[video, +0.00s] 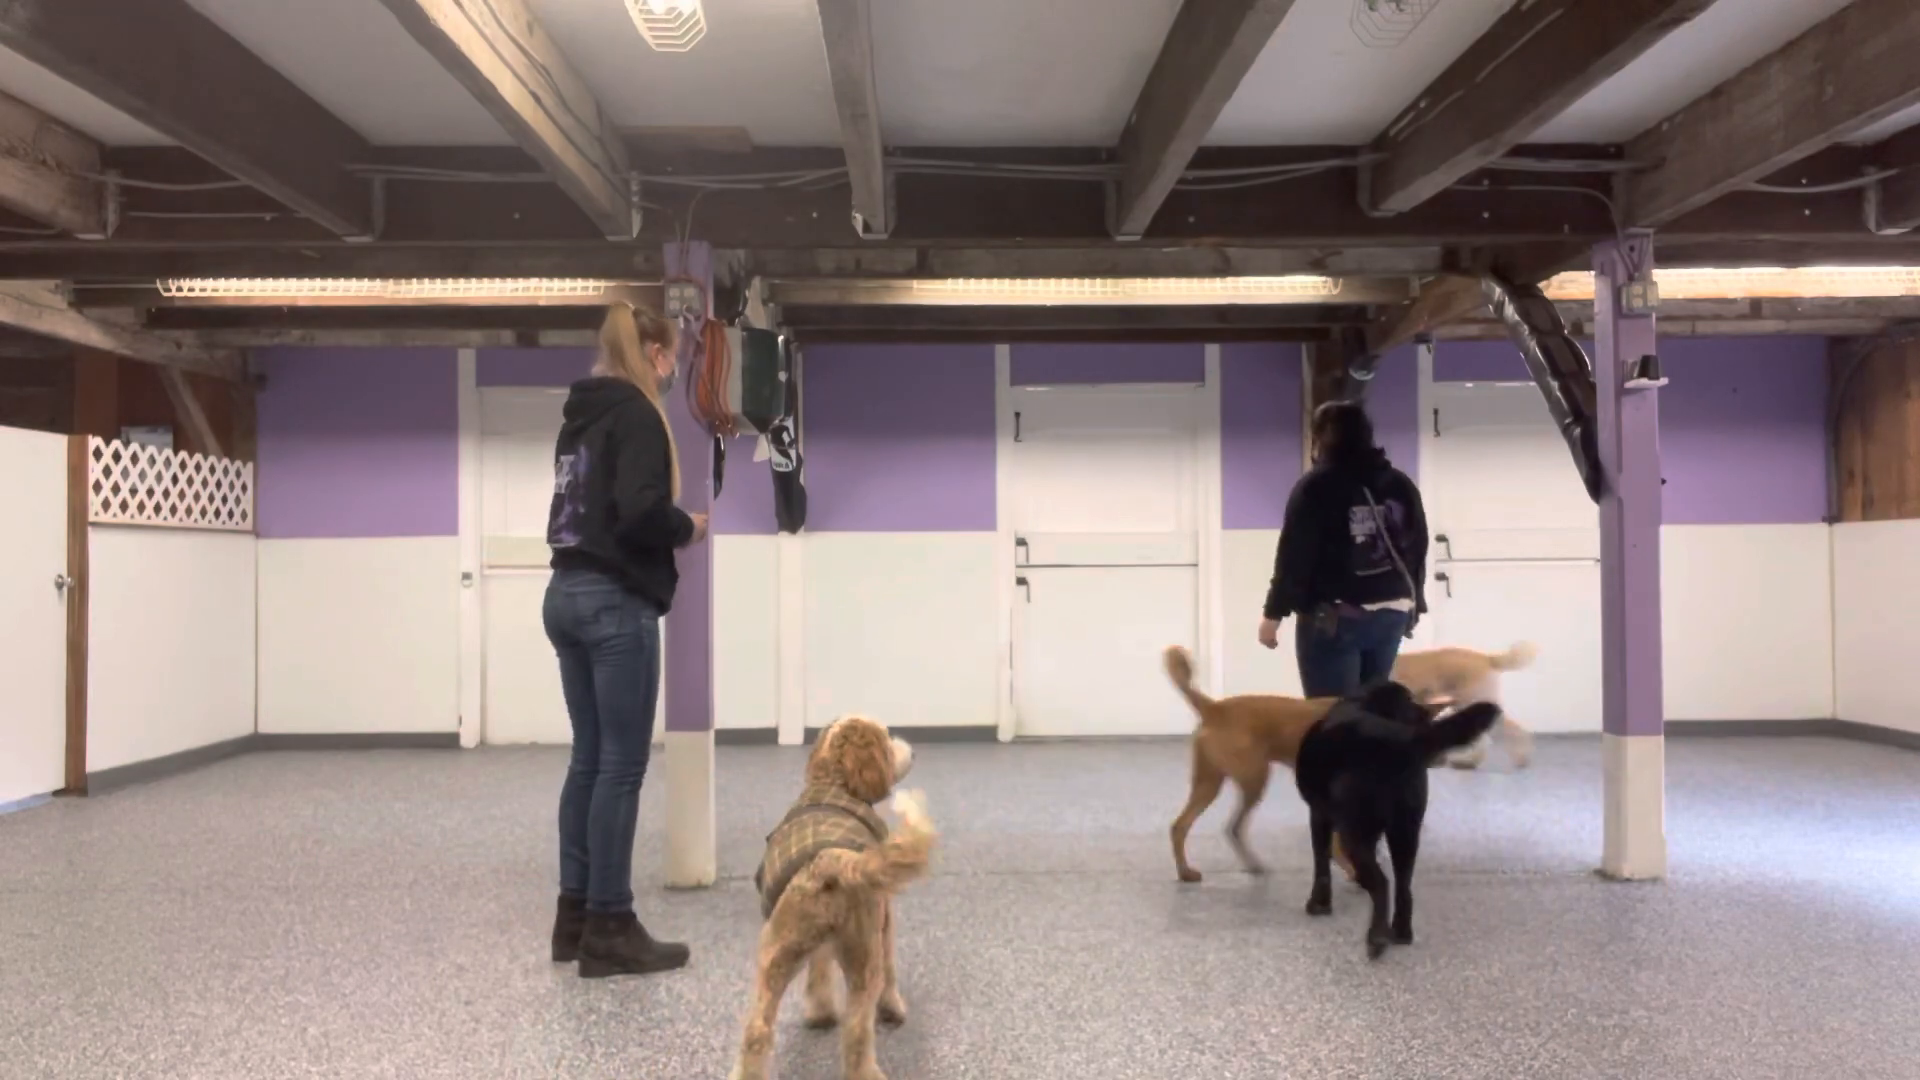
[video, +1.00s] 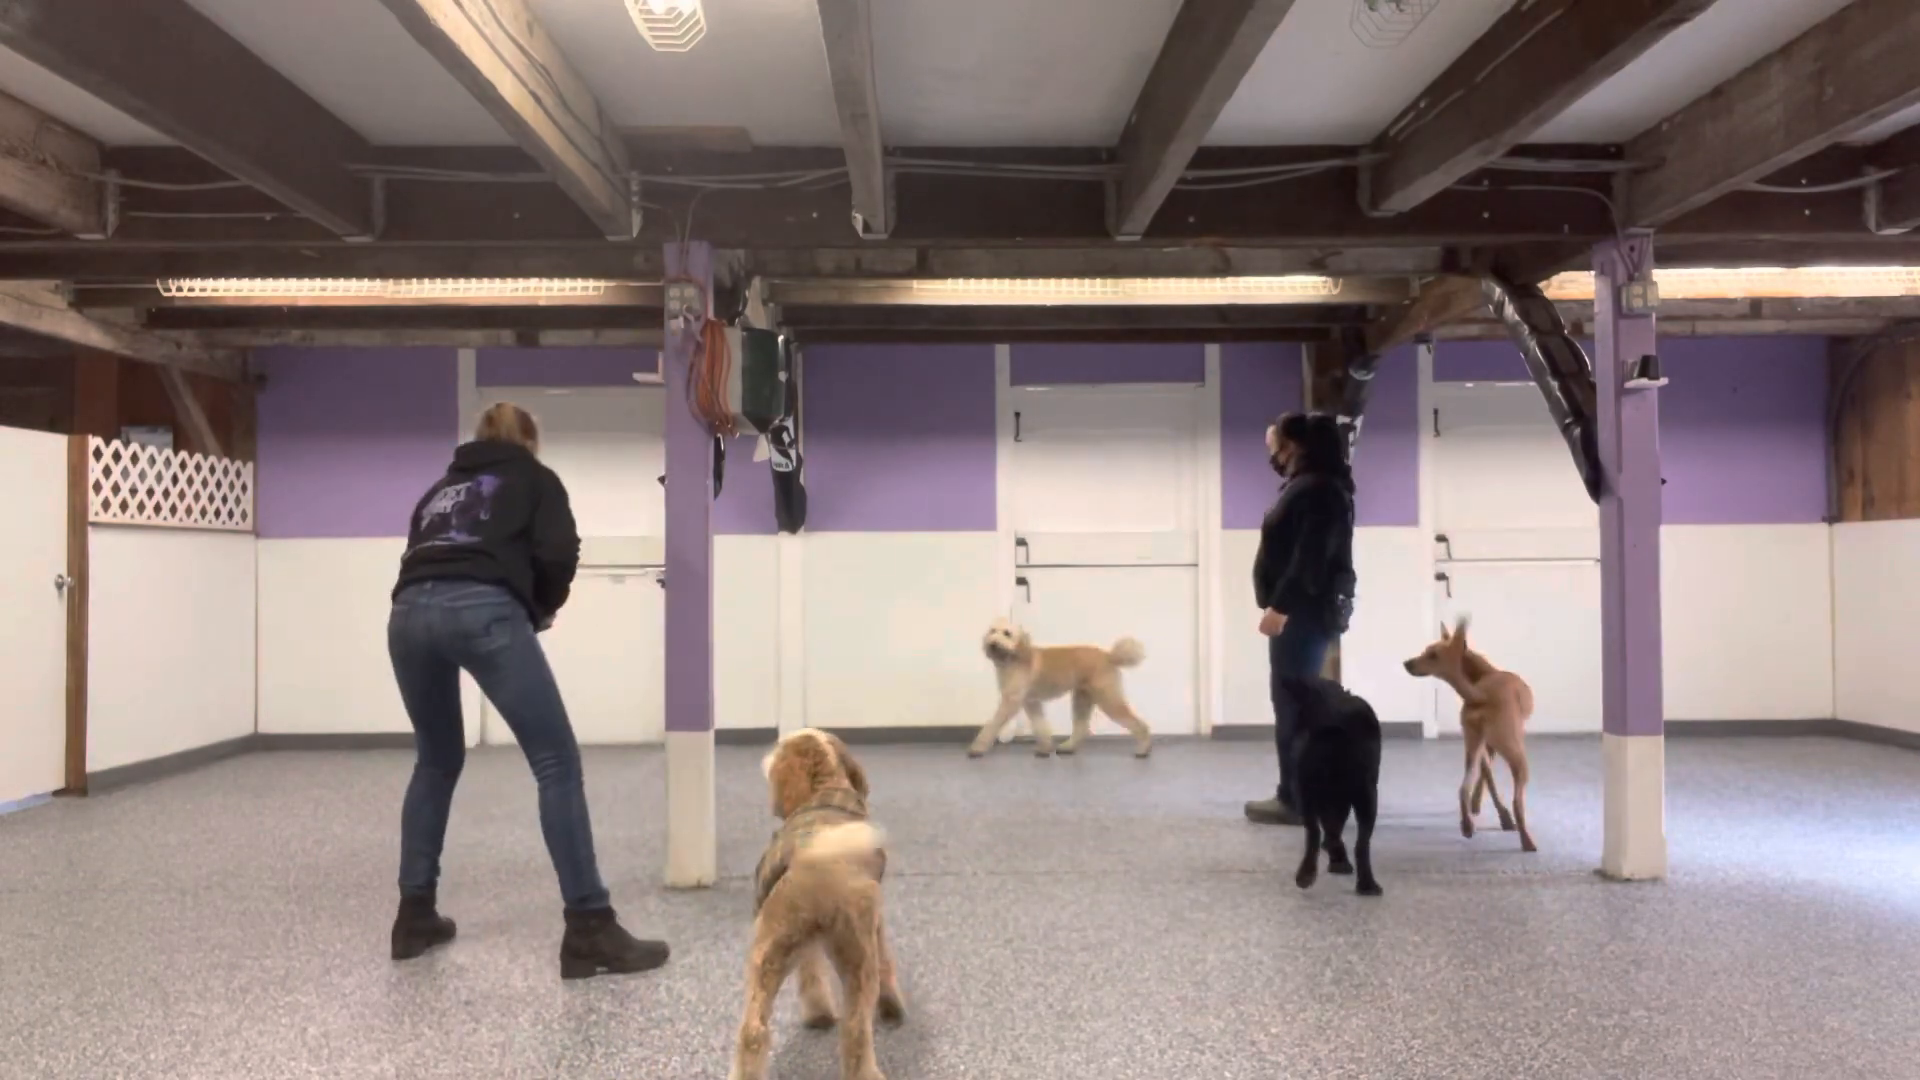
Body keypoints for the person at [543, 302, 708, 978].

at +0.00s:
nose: (671, 366)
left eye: (671, 355)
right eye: (669, 356)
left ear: (614, 348)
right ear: (652, 353)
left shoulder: (582, 414)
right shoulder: (639, 416)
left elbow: (579, 511)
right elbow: (639, 513)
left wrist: (653, 521)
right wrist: (687, 526)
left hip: (568, 593)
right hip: (616, 599)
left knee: (589, 760)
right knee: (621, 769)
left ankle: (576, 915)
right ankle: (611, 927)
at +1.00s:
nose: (537, 449)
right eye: (535, 440)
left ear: (480, 437)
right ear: (529, 441)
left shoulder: (442, 484)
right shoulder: (537, 477)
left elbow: (421, 555)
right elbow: (558, 550)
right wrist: (541, 609)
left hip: (411, 612)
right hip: (486, 609)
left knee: (436, 759)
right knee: (556, 763)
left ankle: (414, 915)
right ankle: (590, 926)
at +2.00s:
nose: (406, 395)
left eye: (404, 385)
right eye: (403, 385)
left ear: (340, 382)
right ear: (390, 386)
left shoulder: (304, 446)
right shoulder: (387, 442)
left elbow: (286, 535)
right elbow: (426, 522)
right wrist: (463, 569)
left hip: (301, 621)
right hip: (360, 622)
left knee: (392, 765)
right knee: (383, 773)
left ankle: (413, 911)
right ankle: (267, 911)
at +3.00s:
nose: (275, 483)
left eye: (276, 475)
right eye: (274, 475)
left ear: (222, 463)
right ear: (265, 469)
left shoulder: (192, 493)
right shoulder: (257, 489)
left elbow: (200, 573)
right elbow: (248, 539)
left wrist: (244, 640)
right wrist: (269, 606)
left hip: (121, 606)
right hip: (187, 601)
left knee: (171, 747)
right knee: (220, 752)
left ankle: (164, 893)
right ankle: (211, 910)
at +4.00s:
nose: (280, 502)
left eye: (282, 494)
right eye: (279, 492)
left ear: (230, 472)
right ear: (259, 477)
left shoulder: (196, 504)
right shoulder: (241, 491)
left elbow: (203, 600)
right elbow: (233, 529)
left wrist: (248, 662)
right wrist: (258, 593)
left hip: (112, 608)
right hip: (166, 599)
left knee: (180, 747)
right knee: (192, 748)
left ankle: (168, 904)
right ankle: (183, 912)